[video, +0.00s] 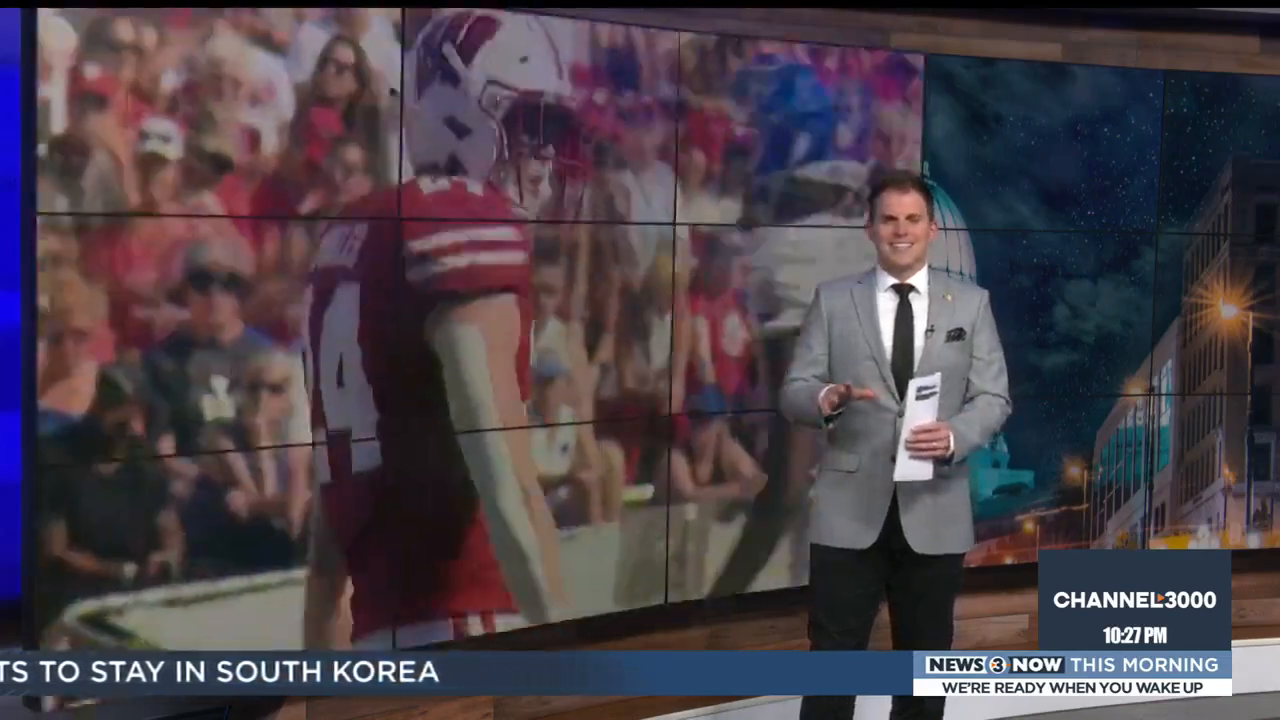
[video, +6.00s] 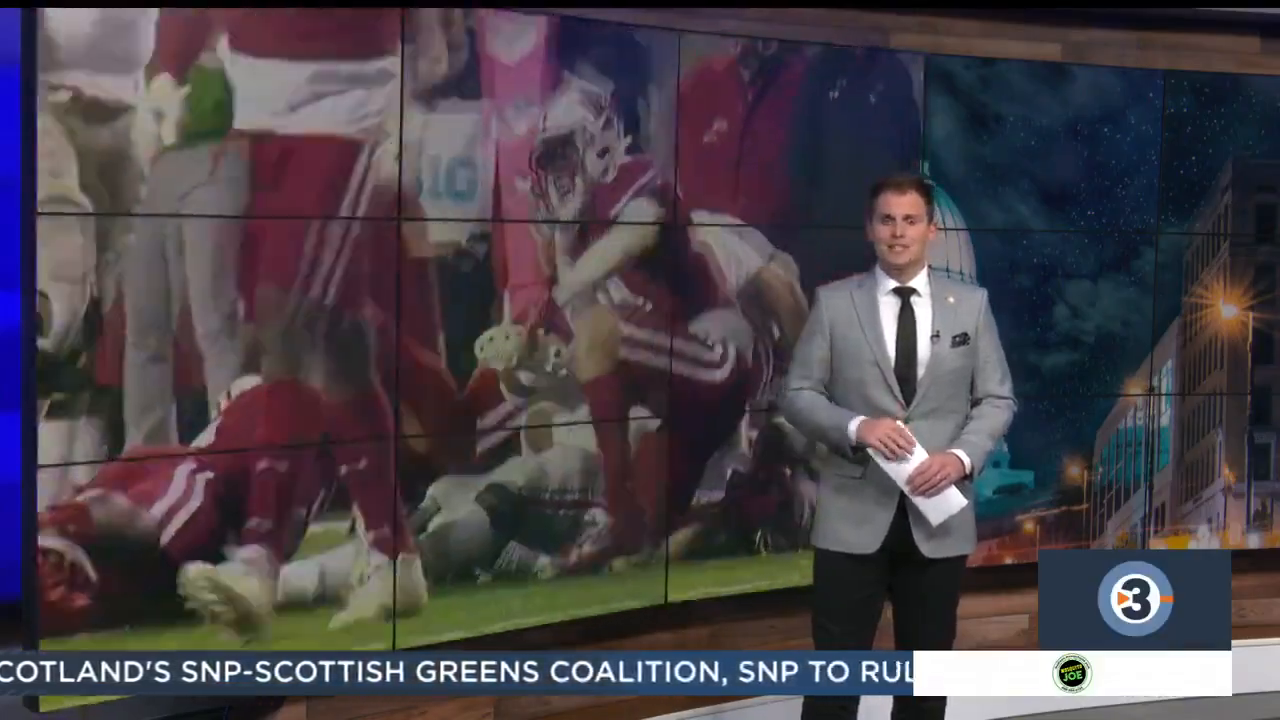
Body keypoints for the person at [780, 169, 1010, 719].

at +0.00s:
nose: (901, 230)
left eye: (913, 219)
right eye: (889, 219)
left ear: (932, 227)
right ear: (871, 228)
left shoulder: (969, 301)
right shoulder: (833, 300)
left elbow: (993, 398)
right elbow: (794, 391)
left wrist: (955, 434)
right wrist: (822, 399)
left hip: (933, 508)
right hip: (848, 507)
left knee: (926, 665)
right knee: (832, 663)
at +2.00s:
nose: (877, 234)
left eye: (889, 221)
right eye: (865, 222)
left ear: (910, 228)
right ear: (849, 230)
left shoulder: (953, 303)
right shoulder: (812, 302)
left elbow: (973, 401)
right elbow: (779, 390)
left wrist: (923, 441)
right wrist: (788, 412)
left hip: (920, 515)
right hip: (834, 513)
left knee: (917, 672)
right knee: (822, 672)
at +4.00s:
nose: (897, 232)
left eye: (911, 220)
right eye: (887, 220)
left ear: (934, 230)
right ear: (874, 229)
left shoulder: (970, 303)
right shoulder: (835, 301)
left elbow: (993, 401)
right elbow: (799, 397)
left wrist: (958, 456)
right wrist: (845, 400)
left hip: (938, 515)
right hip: (853, 512)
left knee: (927, 674)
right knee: (835, 672)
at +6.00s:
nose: (898, 232)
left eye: (910, 221)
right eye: (886, 220)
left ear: (931, 230)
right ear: (870, 230)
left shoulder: (970, 303)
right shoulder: (833, 302)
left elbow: (996, 400)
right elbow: (796, 393)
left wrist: (962, 456)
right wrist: (856, 427)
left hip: (937, 517)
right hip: (852, 515)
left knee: (928, 674)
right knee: (835, 672)